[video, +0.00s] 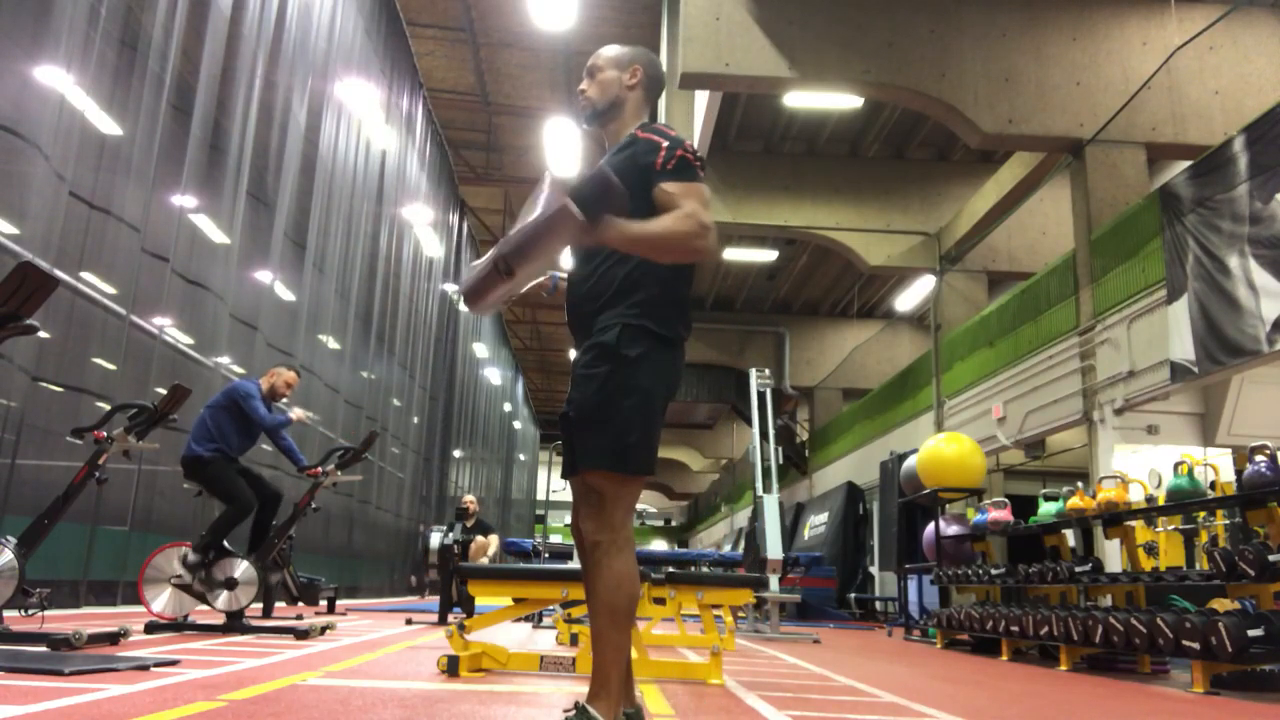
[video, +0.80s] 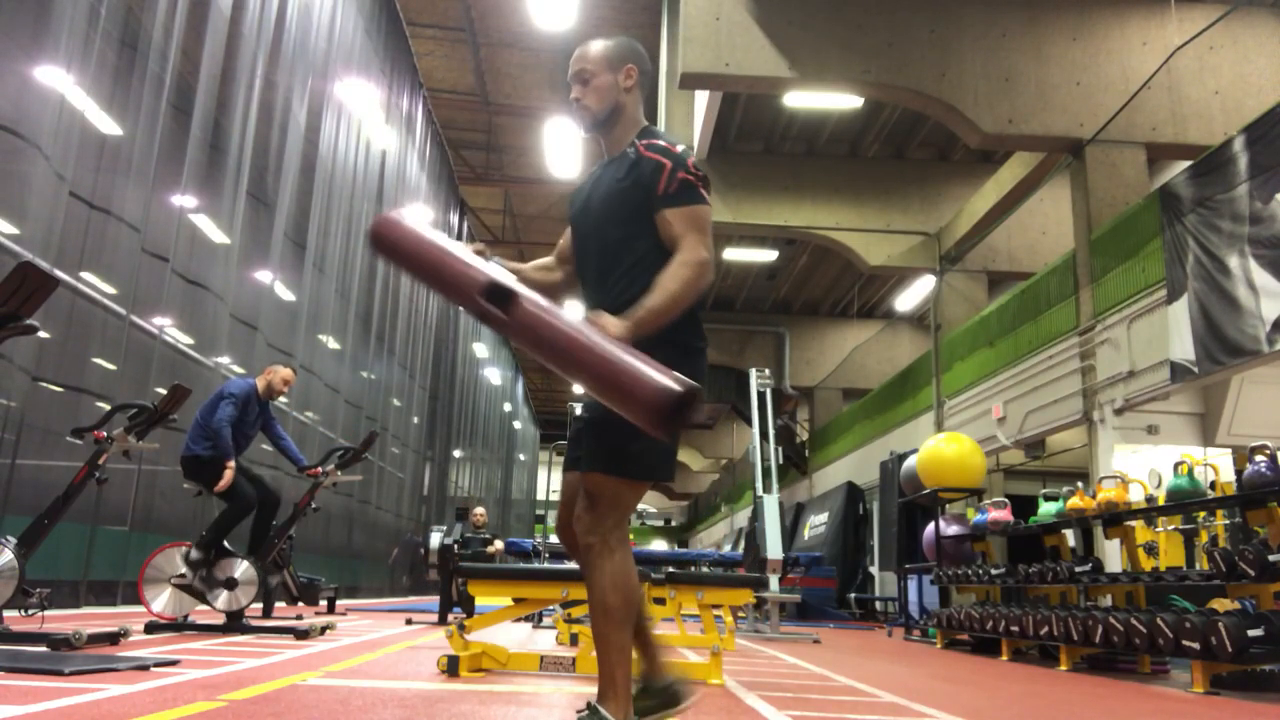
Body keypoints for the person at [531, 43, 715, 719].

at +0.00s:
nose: (582, 87)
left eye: (594, 74)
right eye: (583, 77)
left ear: (635, 80)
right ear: (621, 84)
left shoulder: (658, 144)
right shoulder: (609, 169)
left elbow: (700, 235)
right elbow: (603, 283)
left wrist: (601, 232)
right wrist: (530, 290)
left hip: (631, 356)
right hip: (604, 357)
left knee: (604, 527)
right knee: (594, 527)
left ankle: (609, 703)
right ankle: (615, 697)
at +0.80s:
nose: (574, 92)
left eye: (585, 78)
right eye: (571, 83)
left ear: (630, 79)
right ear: (579, 93)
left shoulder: (663, 158)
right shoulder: (592, 186)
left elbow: (697, 257)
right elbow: (559, 272)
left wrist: (629, 321)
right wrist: (499, 271)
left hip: (649, 371)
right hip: (607, 372)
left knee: (603, 526)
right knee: (574, 526)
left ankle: (616, 707)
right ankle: (658, 674)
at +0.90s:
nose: (572, 98)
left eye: (584, 84)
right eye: (569, 88)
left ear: (628, 83)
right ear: (581, 95)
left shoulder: (669, 165)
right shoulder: (581, 193)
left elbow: (711, 264)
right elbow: (544, 275)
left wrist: (669, 343)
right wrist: (487, 283)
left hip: (659, 368)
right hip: (616, 370)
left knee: (599, 522)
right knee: (610, 535)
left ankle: (614, 707)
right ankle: (725, 645)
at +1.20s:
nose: (571, 168)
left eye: (581, 153)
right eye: (566, 156)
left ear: (620, 147)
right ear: (568, 161)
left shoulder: (678, 221)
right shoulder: (579, 247)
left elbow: (744, 304)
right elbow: (549, 320)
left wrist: (745, 395)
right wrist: (528, 356)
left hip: (689, 411)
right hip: (653, 417)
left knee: (573, 524)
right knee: (708, 585)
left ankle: (611, 706)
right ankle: (830, 664)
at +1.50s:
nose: (583, 261)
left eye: (591, 246)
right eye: (578, 249)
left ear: (631, 236)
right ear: (579, 249)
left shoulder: (700, 303)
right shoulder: (593, 334)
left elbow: (766, 389)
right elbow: (567, 407)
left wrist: (778, 483)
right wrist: (556, 460)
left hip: (722, 470)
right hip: (668, 477)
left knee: (566, 525)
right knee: (700, 679)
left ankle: (609, 707)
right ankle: (837, 670)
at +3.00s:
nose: (582, 218)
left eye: (591, 204)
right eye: (578, 208)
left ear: (633, 195)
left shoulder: (689, 268)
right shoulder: (605, 296)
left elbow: (743, 363)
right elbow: (563, 366)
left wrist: (724, 468)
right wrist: (524, 396)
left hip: (701, 454)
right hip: (663, 456)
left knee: (562, 532)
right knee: (711, 652)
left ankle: (607, 707)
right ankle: (846, 669)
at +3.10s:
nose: (576, 175)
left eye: (585, 159)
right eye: (574, 163)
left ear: (624, 154)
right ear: (600, 163)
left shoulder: (674, 226)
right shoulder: (605, 255)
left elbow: (715, 330)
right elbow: (555, 331)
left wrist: (679, 428)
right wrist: (497, 340)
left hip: (702, 428)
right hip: (665, 433)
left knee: (567, 529)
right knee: (720, 610)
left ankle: (607, 706)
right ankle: (850, 670)